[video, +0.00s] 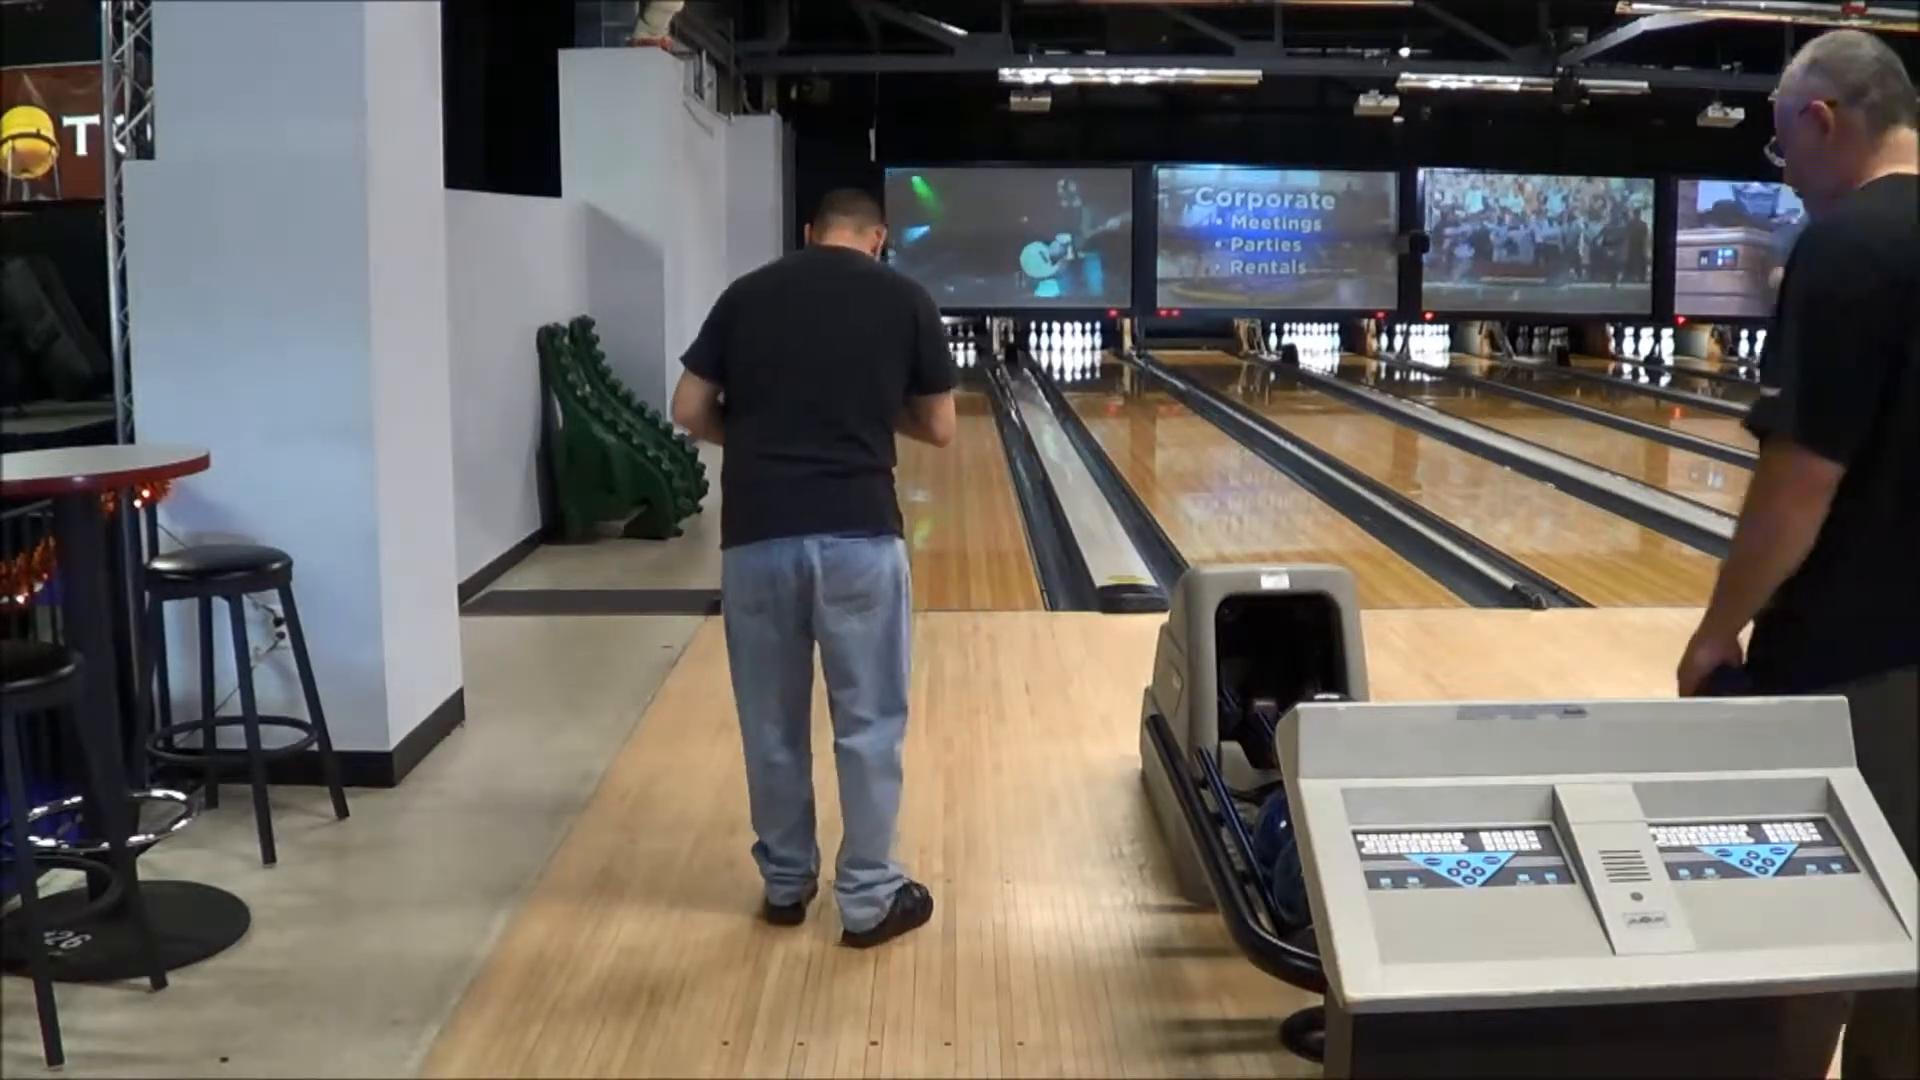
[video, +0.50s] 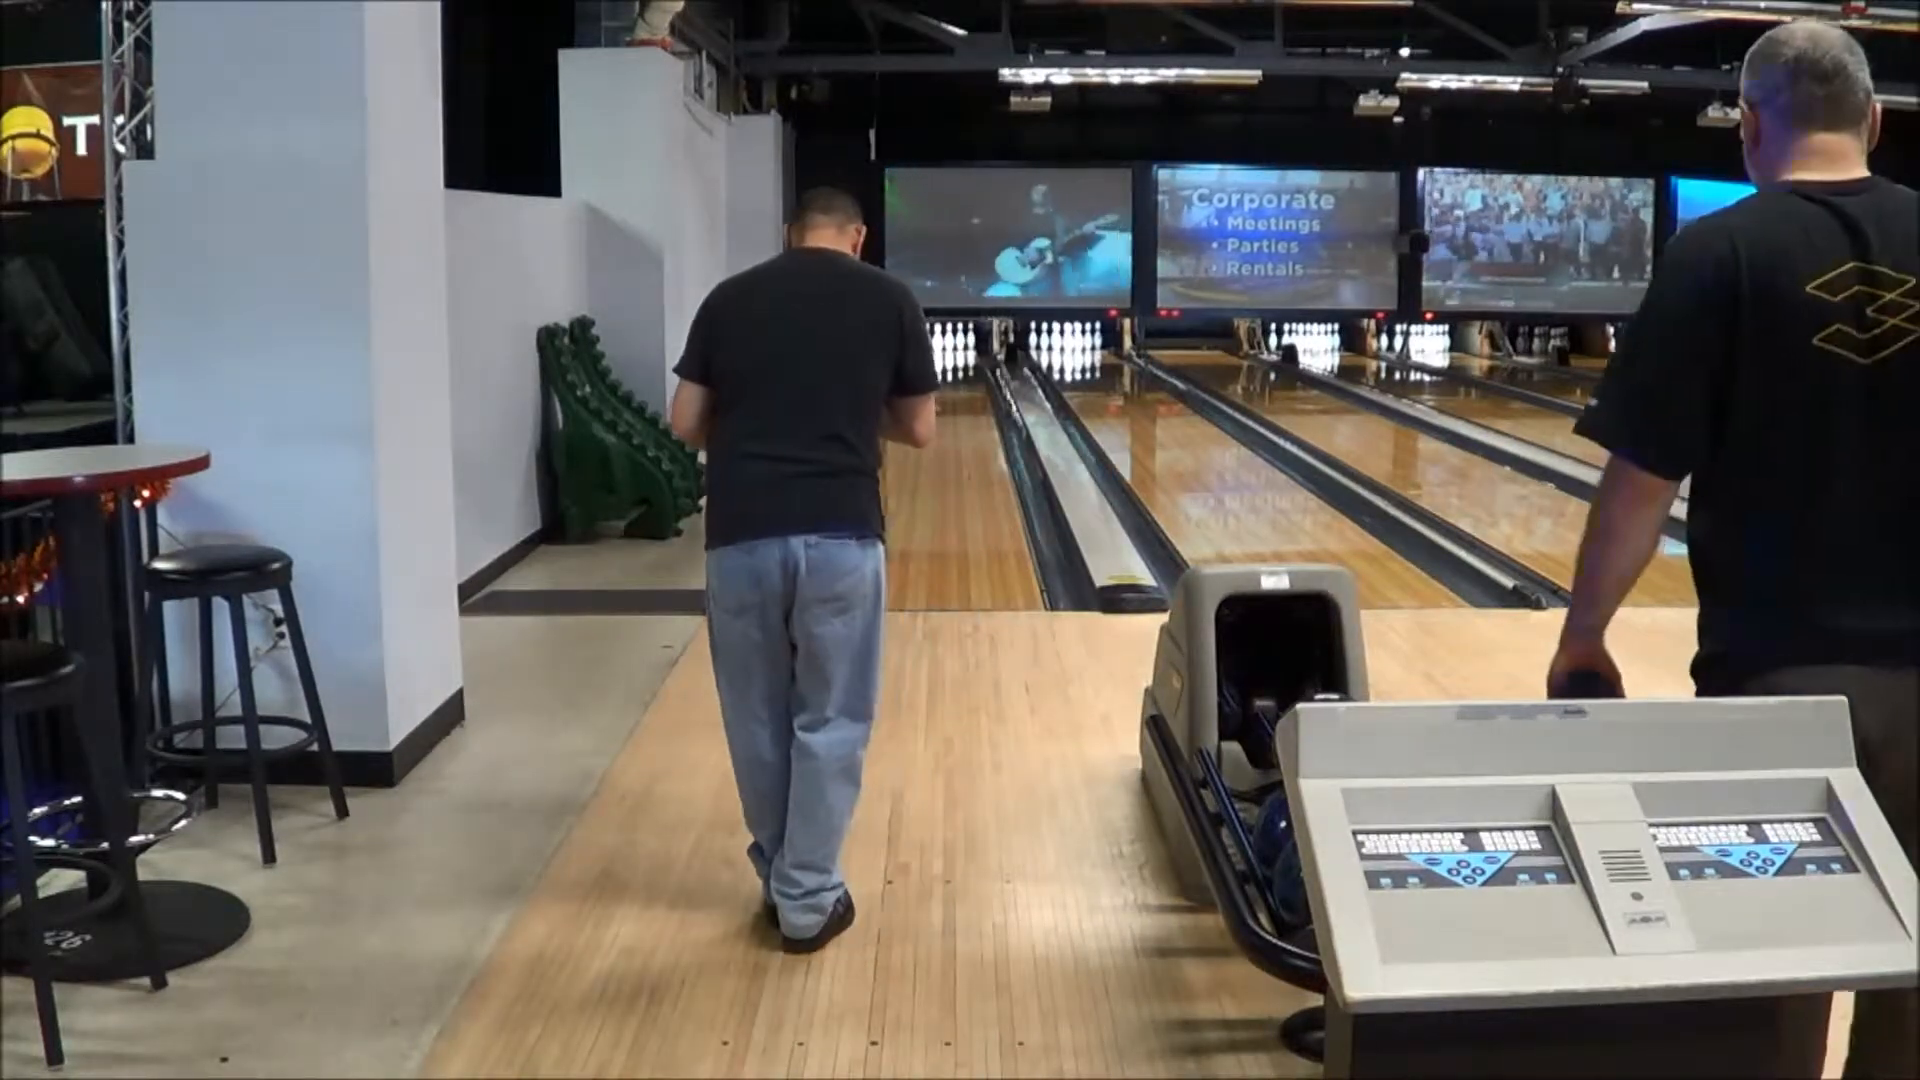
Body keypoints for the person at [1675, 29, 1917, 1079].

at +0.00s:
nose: (1777, 155)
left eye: (1782, 130)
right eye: (1776, 133)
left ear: (1824, 120)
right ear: (1891, 114)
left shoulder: (1853, 241)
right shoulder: (1907, 220)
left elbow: (1803, 469)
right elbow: (1815, 463)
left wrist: (1720, 623)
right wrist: (1745, 620)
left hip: (1852, 654)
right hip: (1913, 642)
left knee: (1816, 925)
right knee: (1899, 926)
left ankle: (1789, 1065)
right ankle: (1881, 1064)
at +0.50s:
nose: (1738, 133)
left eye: (1740, 119)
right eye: (1737, 121)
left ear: (1754, 124)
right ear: (1873, 122)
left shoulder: (1717, 252)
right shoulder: (1916, 229)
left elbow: (1643, 472)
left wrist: (1583, 635)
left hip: (1772, 667)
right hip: (1913, 662)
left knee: (1778, 955)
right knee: (1907, 954)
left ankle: (1786, 1074)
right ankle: (1873, 1072)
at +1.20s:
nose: (1850, 114)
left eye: (1854, 97)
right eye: (1865, 97)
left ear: (1870, 112)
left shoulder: (1829, 257)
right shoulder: (1833, 258)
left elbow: (1767, 486)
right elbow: (1766, 487)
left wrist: (1722, 647)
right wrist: (1727, 646)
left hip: (1856, 676)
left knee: (1810, 957)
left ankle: (1802, 1074)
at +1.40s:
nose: (1900, 129)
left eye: (1905, 109)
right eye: (1905, 110)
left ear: (1911, 124)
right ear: (1908, 130)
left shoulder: (1880, 255)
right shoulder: (1877, 254)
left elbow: (1814, 477)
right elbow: (1816, 476)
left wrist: (1760, 647)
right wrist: (1767, 647)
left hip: (1888, 679)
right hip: (1882, 674)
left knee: (1822, 934)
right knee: (1824, 932)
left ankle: (1802, 1053)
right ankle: (1801, 1048)